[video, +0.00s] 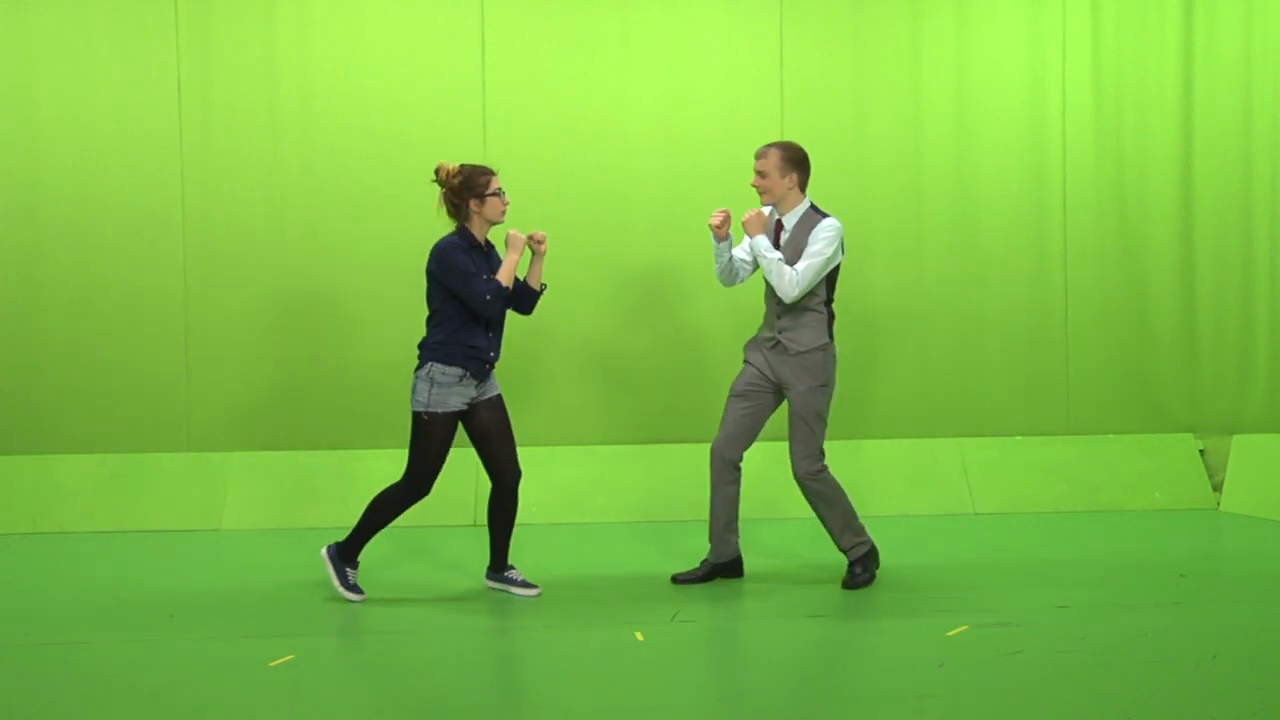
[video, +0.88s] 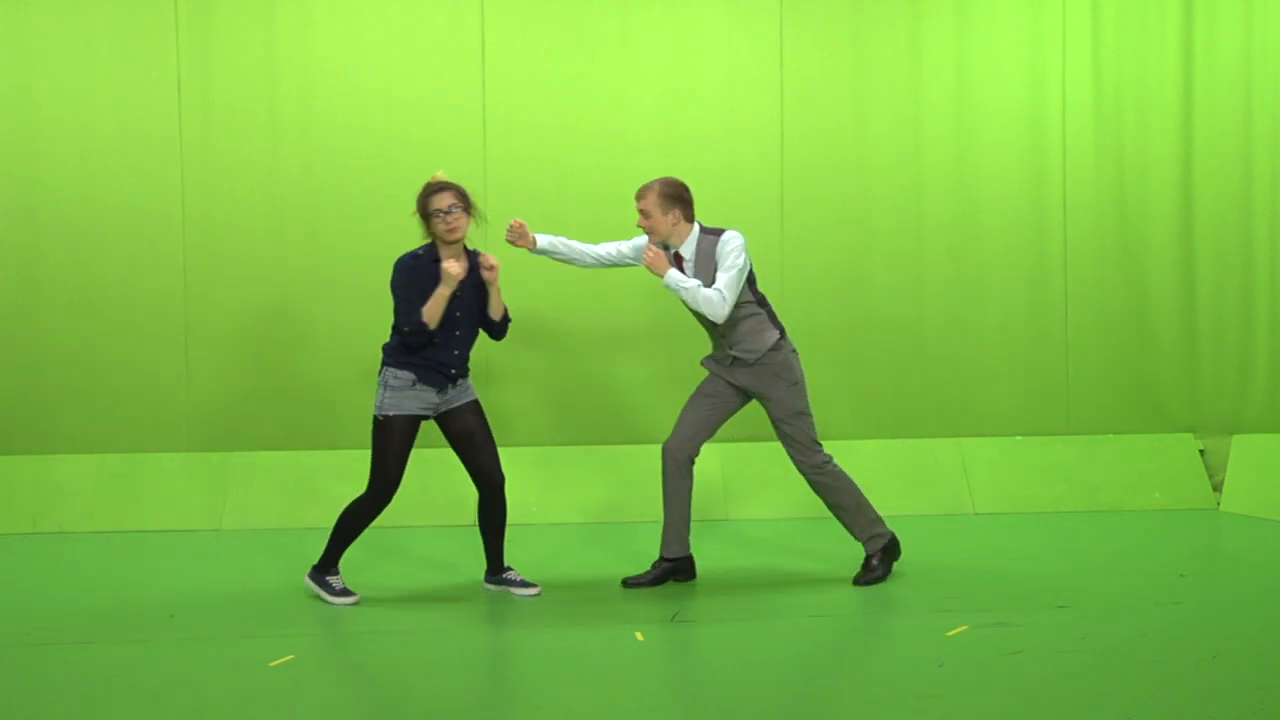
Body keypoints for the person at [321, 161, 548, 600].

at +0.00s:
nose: (506, 201)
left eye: (503, 193)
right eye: (497, 195)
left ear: (477, 204)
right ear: (473, 205)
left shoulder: (487, 252)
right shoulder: (448, 252)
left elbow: (522, 303)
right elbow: (487, 304)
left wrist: (537, 260)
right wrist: (513, 256)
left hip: (479, 379)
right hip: (440, 378)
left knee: (507, 475)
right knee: (418, 483)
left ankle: (499, 568)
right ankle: (344, 554)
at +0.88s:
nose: (448, 219)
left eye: (455, 210)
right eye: (438, 214)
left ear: (468, 215)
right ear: (426, 222)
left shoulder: (479, 265)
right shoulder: (411, 266)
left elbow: (498, 330)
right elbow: (416, 330)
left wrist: (492, 286)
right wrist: (446, 286)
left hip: (454, 382)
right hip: (405, 380)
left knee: (491, 480)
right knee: (382, 489)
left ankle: (497, 570)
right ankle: (324, 569)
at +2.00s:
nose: (499, 214)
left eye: (497, 206)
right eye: (491, 207)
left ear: (471, 214)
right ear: (467, 215)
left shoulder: (471, 263)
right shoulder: (436, 261)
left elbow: (481, 325)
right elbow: (461, 328)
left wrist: (509, 288)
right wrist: (496, 285)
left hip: (451, 384)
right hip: (416, 382)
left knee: (491, 477)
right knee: (402, 494)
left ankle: (496, 573)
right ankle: (331, 575)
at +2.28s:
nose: (464, 229)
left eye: (464, 221)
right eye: (458, 221)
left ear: (438, 222)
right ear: (431, 221)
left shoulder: (433, 268)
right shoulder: (386, 264)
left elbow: (448, 326)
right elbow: (399, 331)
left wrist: (476, 289)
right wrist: (440, 284)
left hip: (417, 386)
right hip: (372, 384)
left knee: (465, 479)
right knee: (380, 496)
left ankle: (496, 570)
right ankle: (330, 580)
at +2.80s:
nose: (405, 262)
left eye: (408, 255)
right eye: (402, 254)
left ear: (379, 247)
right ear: (377, 247)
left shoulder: (369, 293)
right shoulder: (320, 279)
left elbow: (366, 353)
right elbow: (322, 349)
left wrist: (406, 325)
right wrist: (374, 312)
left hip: (324, 402)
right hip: (278, 395)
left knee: (374, 493)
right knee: (251, 498)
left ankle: (365, 577)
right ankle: (216, 591)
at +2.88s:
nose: (414, 257)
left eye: (416, 250)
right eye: (411, 249)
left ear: (387, 244)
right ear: (385, 244)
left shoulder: (379, 291)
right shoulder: (333, 279)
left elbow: (392, 350)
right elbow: (343, 347)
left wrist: (425, 314)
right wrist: (387, 304)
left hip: (337, 403)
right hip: (293, 395)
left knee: (380, 494)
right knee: (262, 498)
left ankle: (368, 579)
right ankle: (217, 591)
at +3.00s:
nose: (430, 236)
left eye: (431, 228)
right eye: (425, 228)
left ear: (403, 230)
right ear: (397, 229)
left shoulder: (401, 275)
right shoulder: (355, 268)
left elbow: (438, 321)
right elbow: (368, 328)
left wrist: (455, 276)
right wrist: (399, 274)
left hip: (367, 396)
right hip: (324, 391)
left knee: (391, 490)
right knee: (287, 490)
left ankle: (368, 580)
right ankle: (225, 582)